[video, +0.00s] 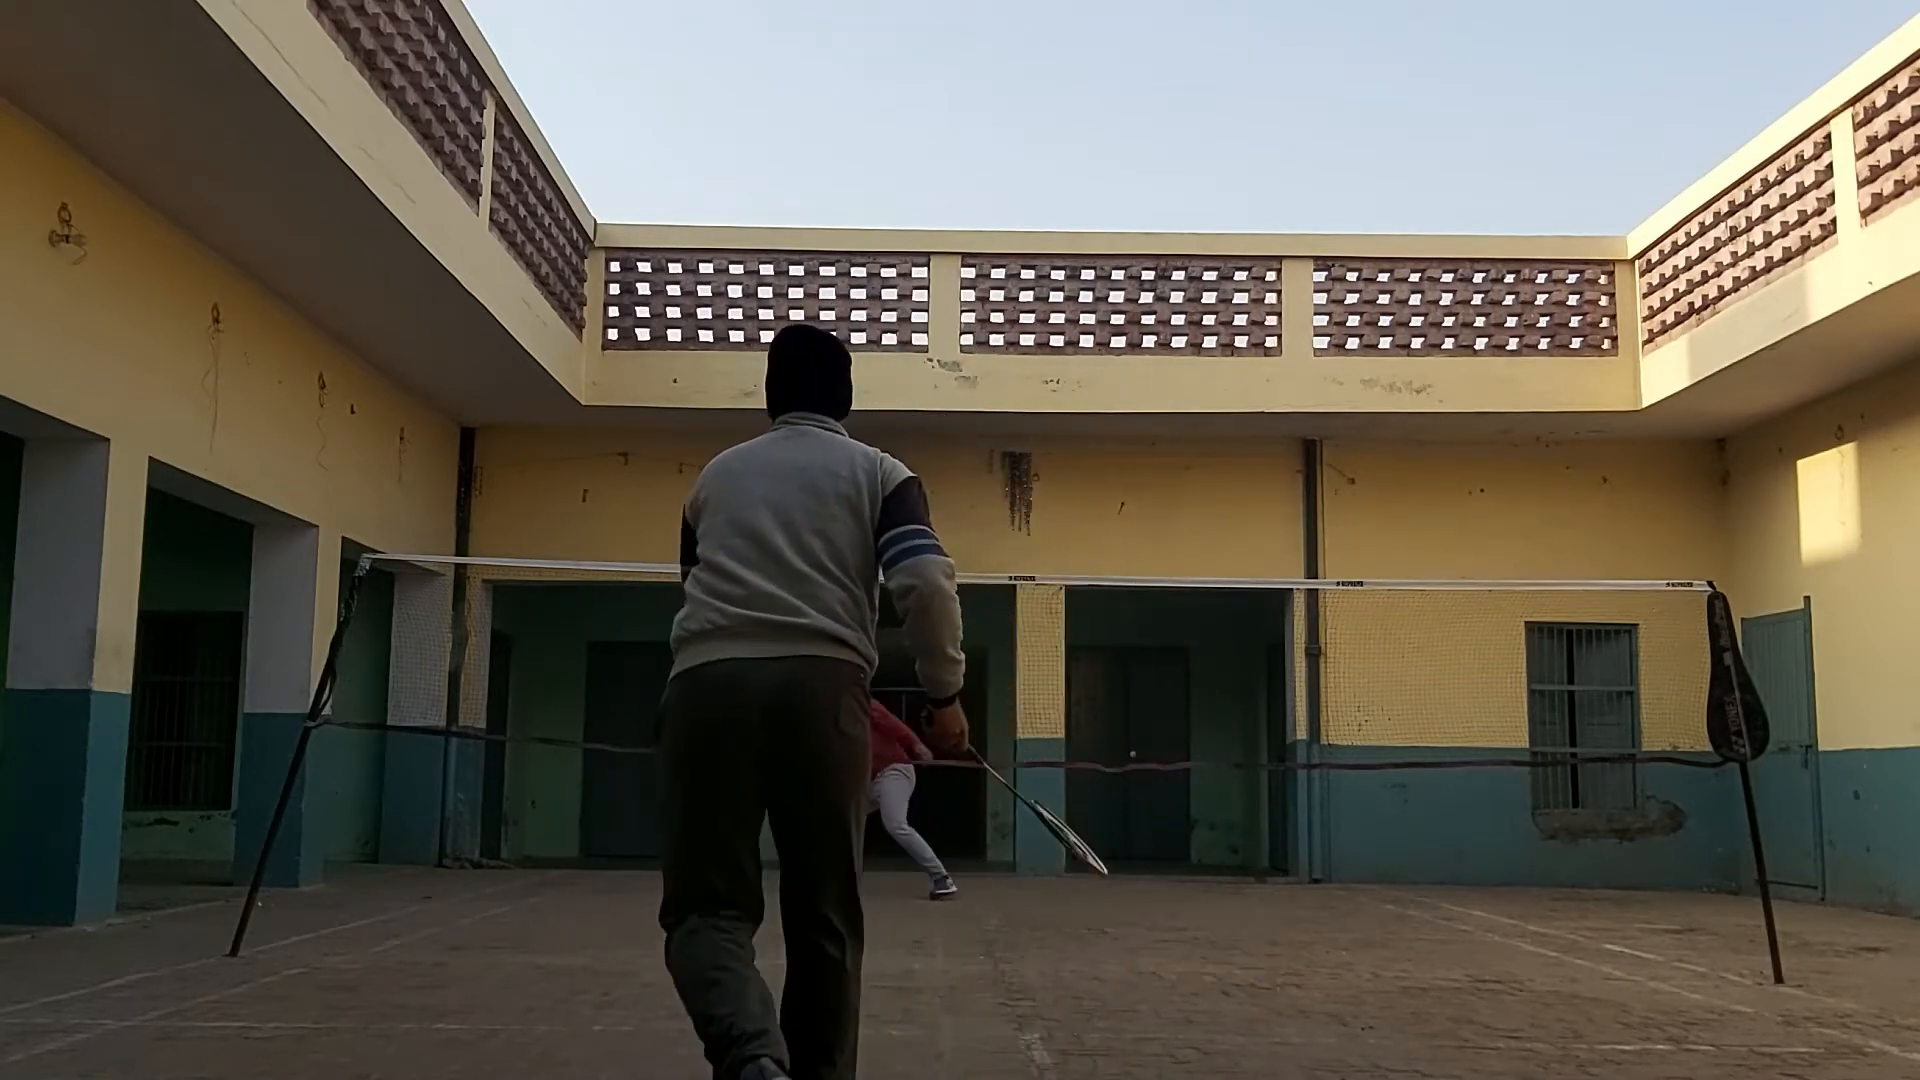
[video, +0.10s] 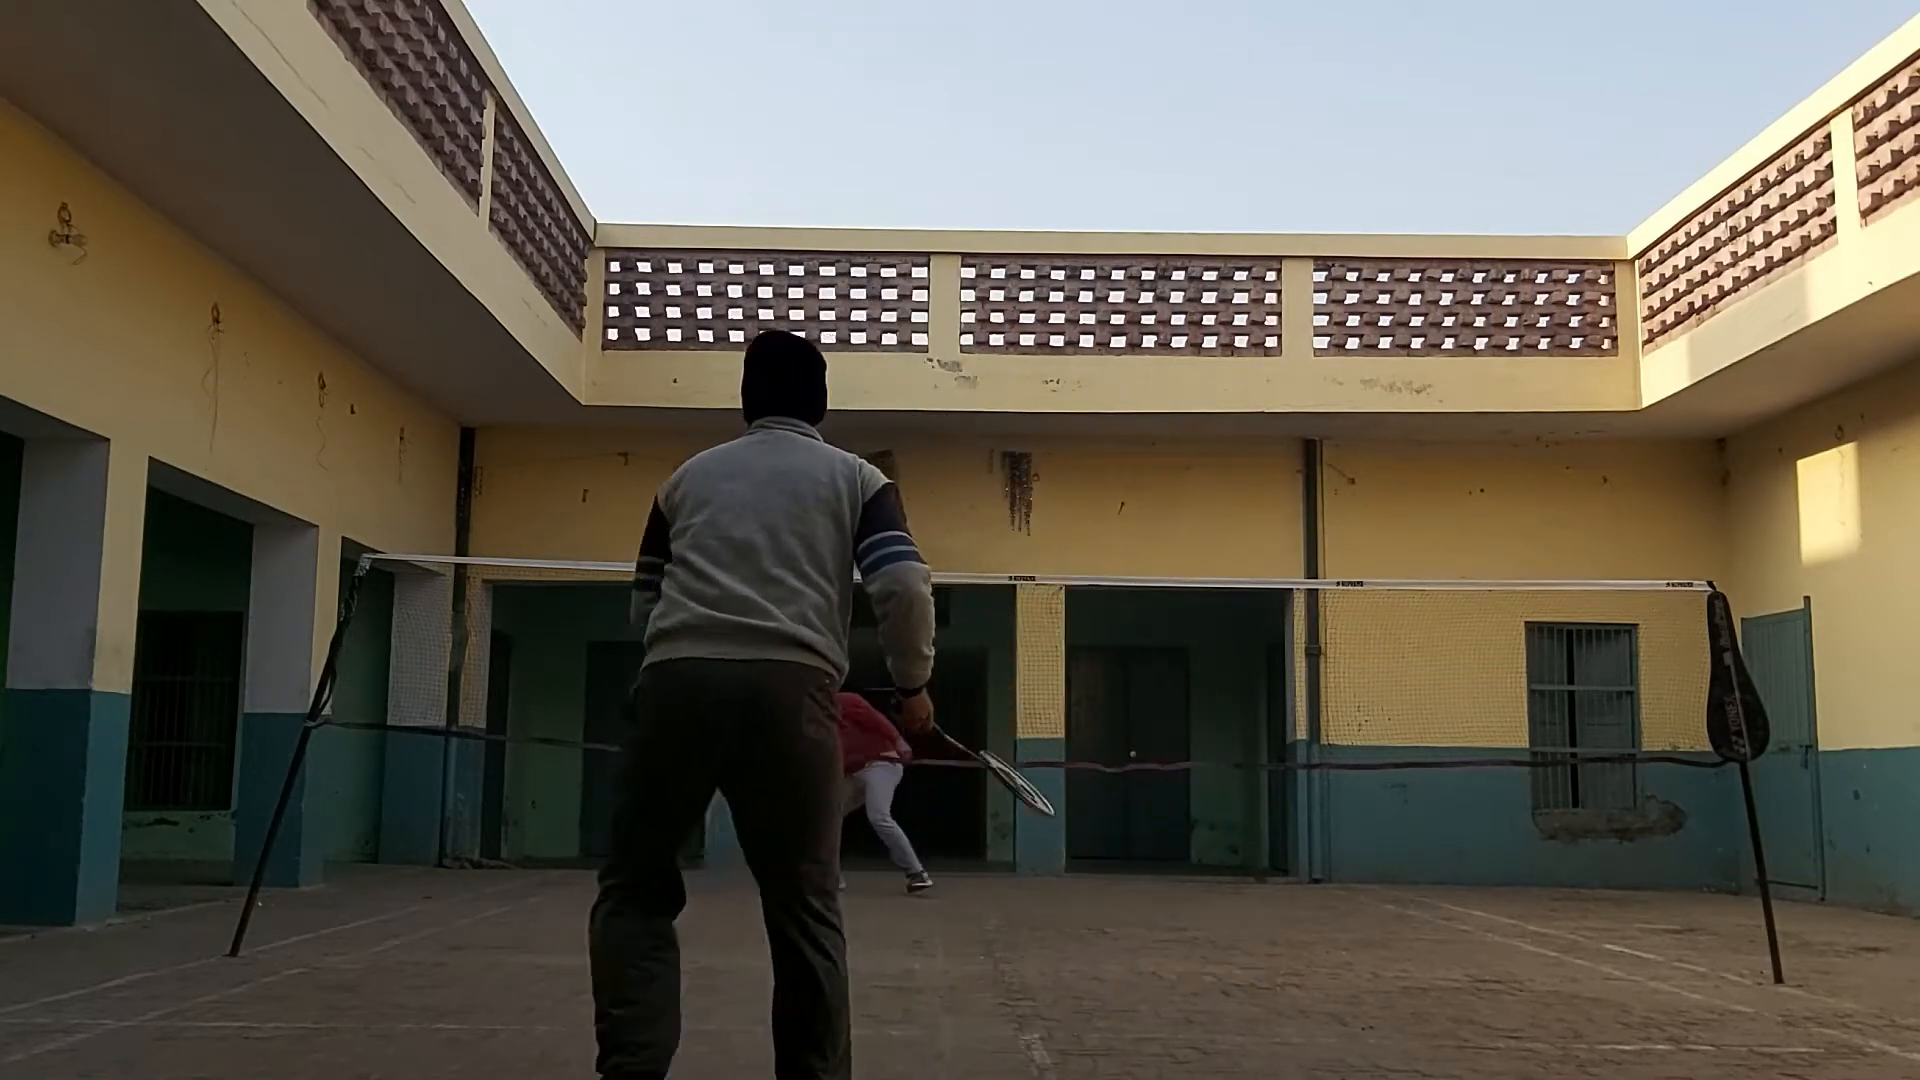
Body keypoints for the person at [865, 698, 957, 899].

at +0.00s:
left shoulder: (865, 705)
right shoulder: (837, 720)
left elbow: (890, 724)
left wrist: (915, 745)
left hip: (892, 769)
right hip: (865, 779)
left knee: (896, 825)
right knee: (844, 823)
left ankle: (941, 878)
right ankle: (844, 887)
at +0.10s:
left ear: (823, 689)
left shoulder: (845, 701)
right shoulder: (814, 718)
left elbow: (876, 719)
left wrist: (899, 742)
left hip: (881, 764)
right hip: (853, 773)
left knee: (878, 816)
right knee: (827, 814)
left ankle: (916, 873)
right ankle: (832, 876)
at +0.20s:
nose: (799, 684)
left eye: (800, 677)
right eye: (796, 680)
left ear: (810, 673)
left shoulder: (835, 685)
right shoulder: (803, 705)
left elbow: (871, 693)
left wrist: (897, 711)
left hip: (875, 748)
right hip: (851, 760)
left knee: (875, 802)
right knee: (822, 807)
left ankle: (912, 857)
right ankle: (831, 871)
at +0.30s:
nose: (800, 667)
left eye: (804, 662)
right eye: (796, 663)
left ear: (813, 664)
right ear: (791, 667)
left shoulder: (830, 677)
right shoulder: (798, 698)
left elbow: (869, 680)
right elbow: (801, 741)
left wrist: (906, 687)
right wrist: (796, 776)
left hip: (870, 741)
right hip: (843, 753)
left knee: (874, 789)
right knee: (813, 797)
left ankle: (918, 841)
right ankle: (830, 857)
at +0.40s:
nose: (800, 669)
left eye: (804, 665)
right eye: (795, 666)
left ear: (813, 667)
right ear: (791, 671)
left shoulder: (831, 681)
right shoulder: (797, 701)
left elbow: (870, 683)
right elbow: (797, 740)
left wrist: (908, 686)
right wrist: (793, 773)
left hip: (865, 747)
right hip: (836, 758)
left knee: (877, 789)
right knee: (813, 811)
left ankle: (920, 836)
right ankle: (811, 868)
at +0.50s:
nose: (802, 682)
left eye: (807, 678)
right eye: (798, 679)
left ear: (815, 682)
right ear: (793, 683)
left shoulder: (833, 698)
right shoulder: (791, 710)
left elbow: (872, 705)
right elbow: (780, 742)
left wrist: (911, 710)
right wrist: (766, 768)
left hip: (861, 761)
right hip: (829, 770)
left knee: (877, 796)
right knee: (805, 820)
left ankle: (910, 845)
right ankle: (807, 873)